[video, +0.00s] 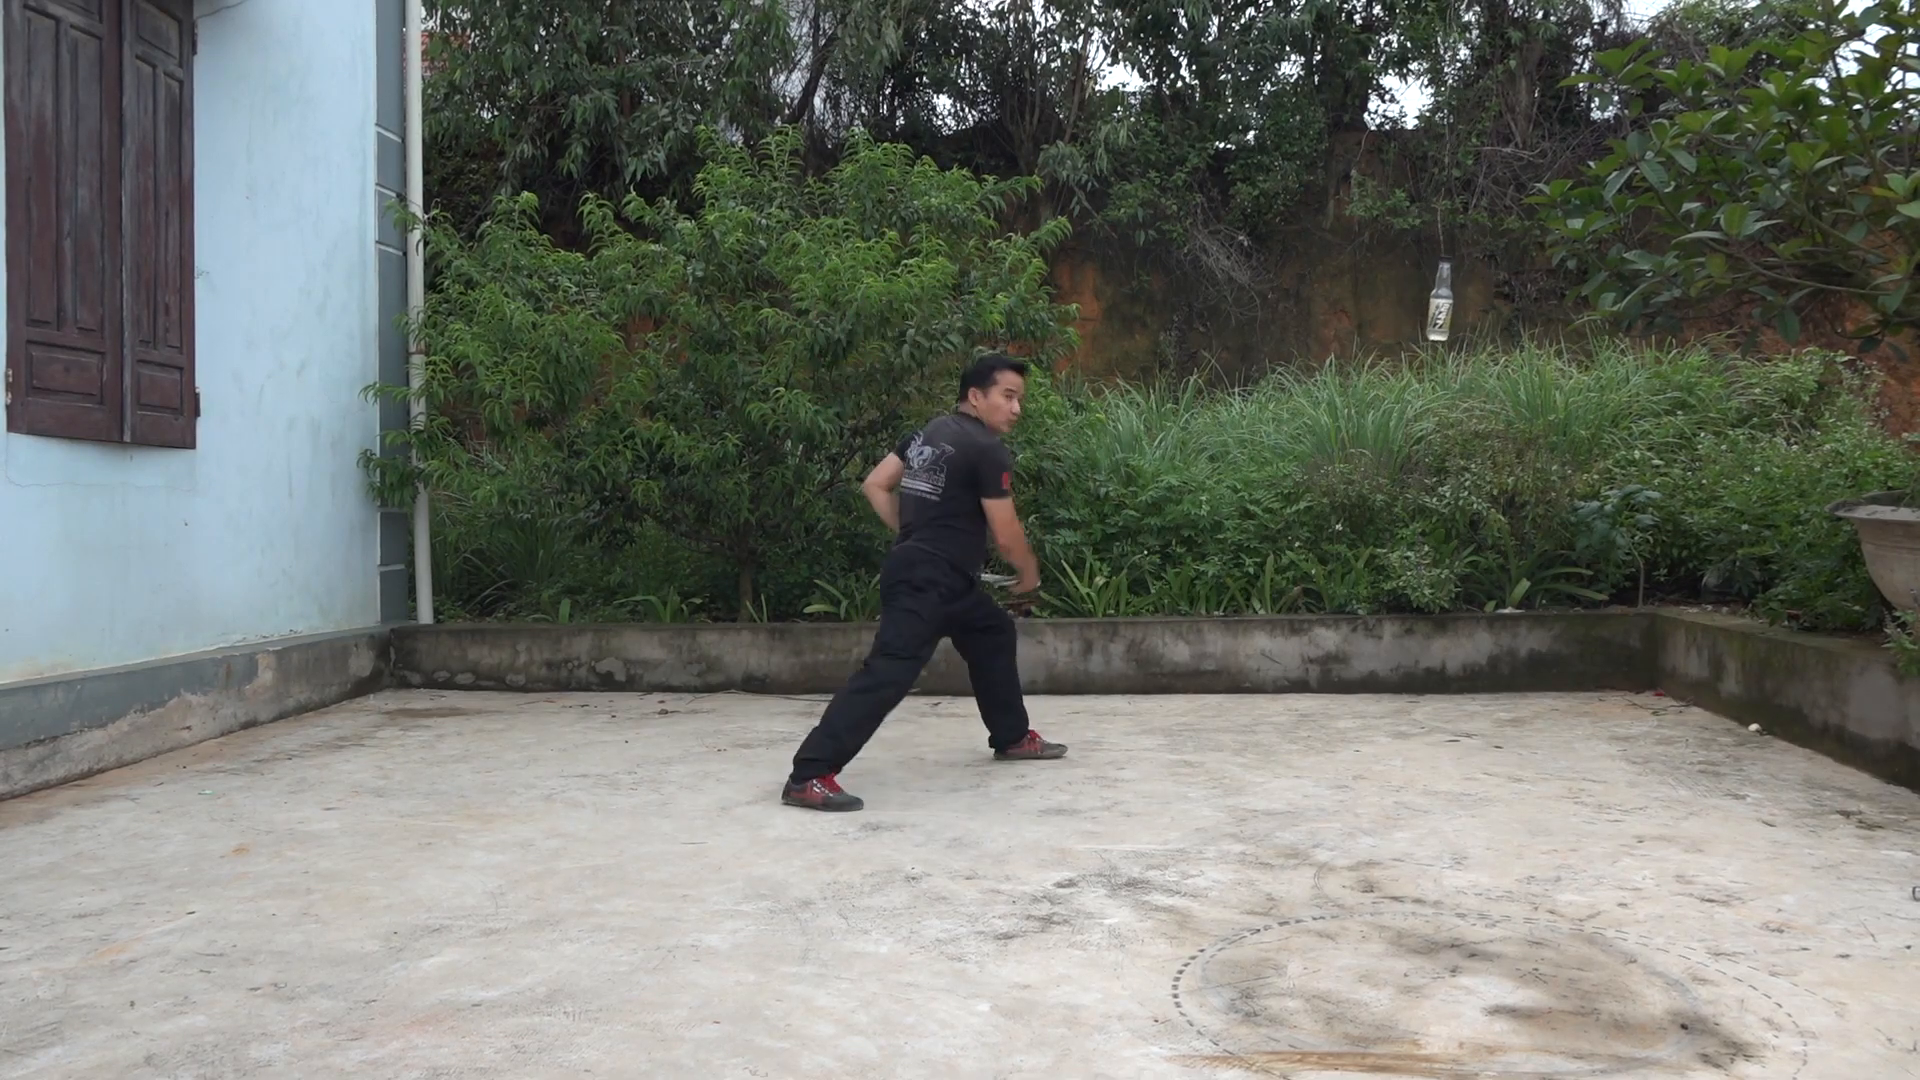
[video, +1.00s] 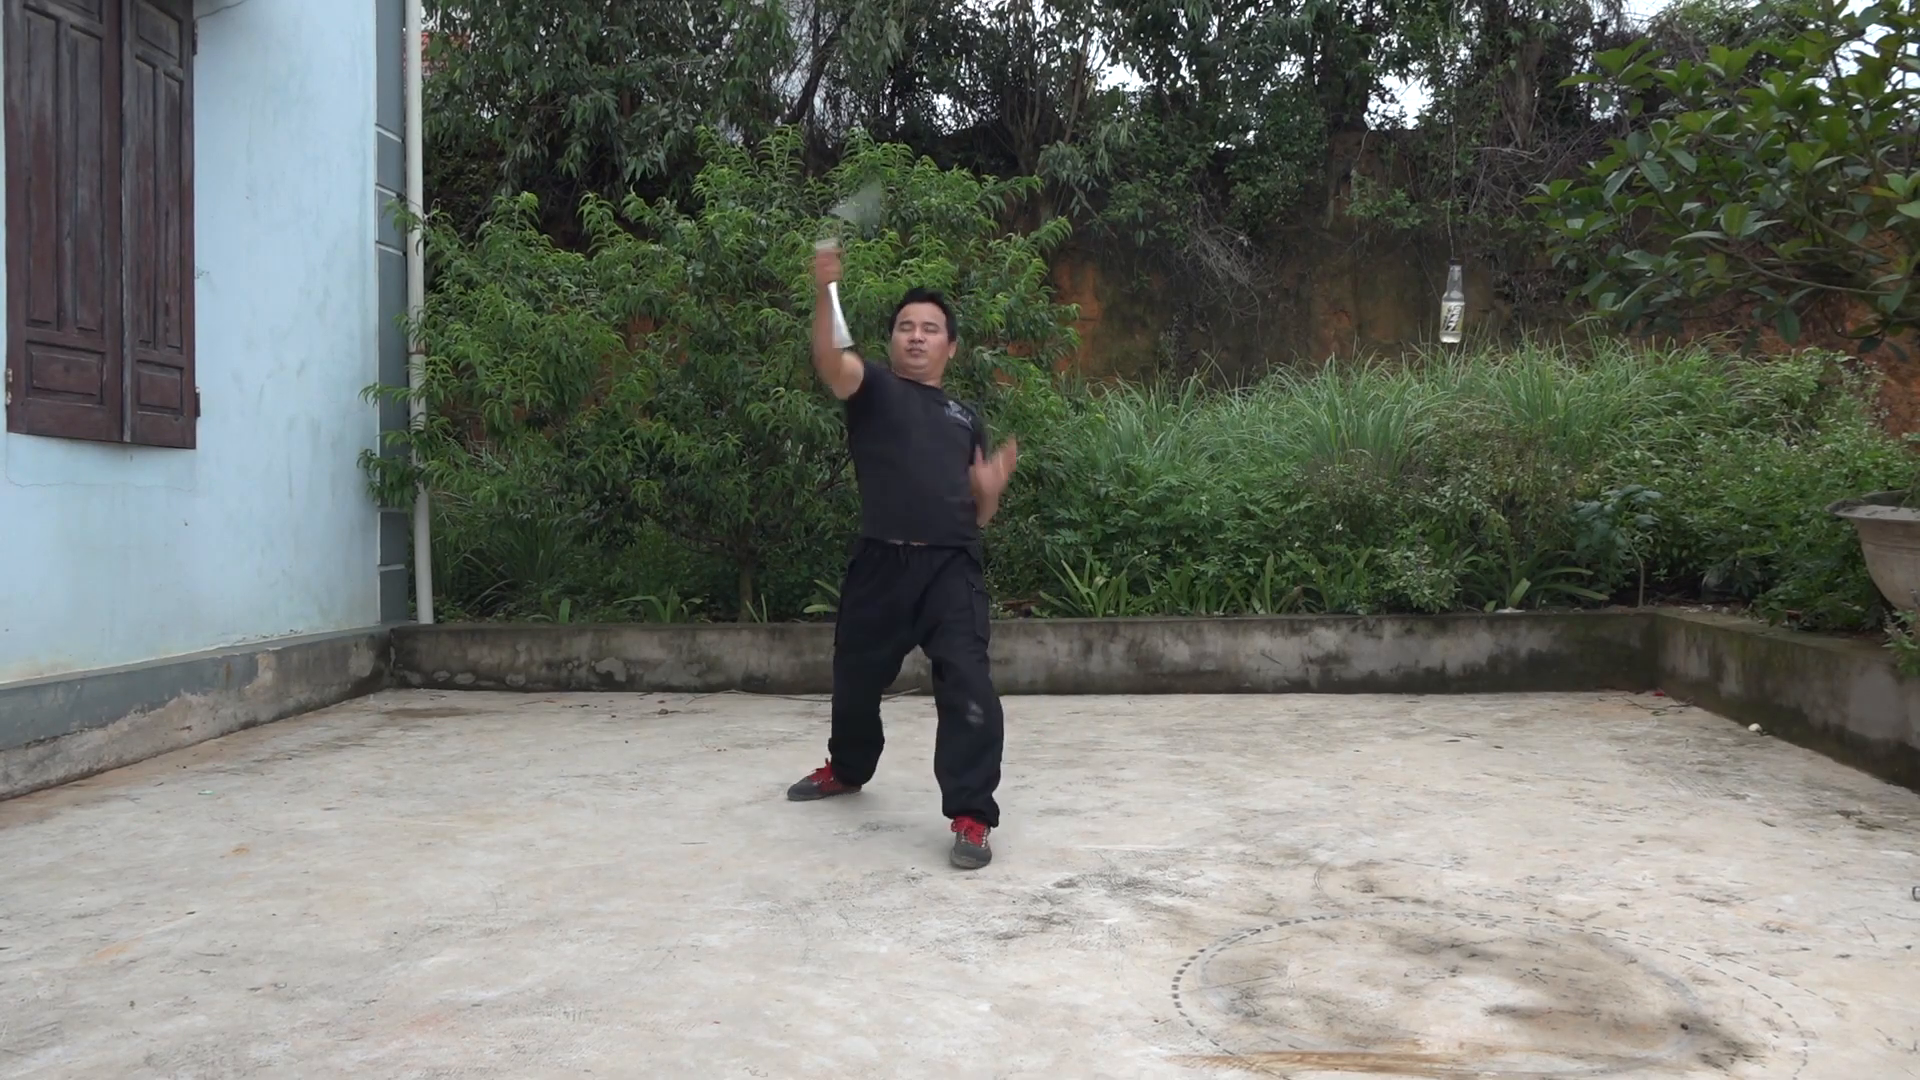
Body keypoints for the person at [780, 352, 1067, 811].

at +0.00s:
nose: (1017, 407)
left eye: (1019, 398)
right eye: (1008, 396)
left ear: (973, 401)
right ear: (974, 397)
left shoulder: (931, 431)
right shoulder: (987, 449)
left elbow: (876, 485)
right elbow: (1006, 534)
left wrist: (912, 532)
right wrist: (1029, 570)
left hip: (920, 567)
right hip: (931, 574)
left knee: (993, 632)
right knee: (889, 671)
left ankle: (1012, 737)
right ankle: (808, 775)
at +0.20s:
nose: (966, 364)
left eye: (975, 356)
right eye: (956, 353)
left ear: (982, 362)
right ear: (930, 356)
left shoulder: (972, 410)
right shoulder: (916, 391)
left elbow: (964, 476)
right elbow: (913, 392)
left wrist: (1000, 506)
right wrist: (933, 380)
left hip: (966, 553)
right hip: (908, 550)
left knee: (1005, 638)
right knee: (882, 650)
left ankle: (1000, 724)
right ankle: (831, 762)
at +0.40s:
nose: (943, 373)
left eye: (955, 364)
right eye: (933, 362)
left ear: (967, 372)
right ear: (913, 368)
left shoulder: (983, 413)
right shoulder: (893, 412)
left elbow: (1050, 414)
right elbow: (836, 422)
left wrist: (1003, 360)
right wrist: (819, 454)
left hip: (971, 565)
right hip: (904, 566)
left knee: (986, 653)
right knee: (873, 652)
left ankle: (990, 724)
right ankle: (842, 760)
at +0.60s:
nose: (897, 354)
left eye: (907, 345)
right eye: (886, 344)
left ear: (923, 356)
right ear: (870, 354)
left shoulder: (936, 400)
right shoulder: (871, 417)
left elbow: (958, 384)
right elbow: (831, 444)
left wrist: (931, 357)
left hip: (941, 562)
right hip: (875, 564)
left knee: (972, 659)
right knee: (837, 662)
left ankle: (988, 720)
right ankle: (840, 761)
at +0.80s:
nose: (906, 338)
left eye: (918, 329)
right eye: (895, 328)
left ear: (936, 342)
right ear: (877, 340)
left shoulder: (961, 406)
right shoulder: (854, 394)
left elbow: (994, 467)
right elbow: (780, 389)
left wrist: (987, 510)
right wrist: (807, 334)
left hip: (941, 559)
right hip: (870, 557)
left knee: (958, 668)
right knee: (843, 669)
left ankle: (979, 793)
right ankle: (842, 761)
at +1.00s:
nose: (916, 337)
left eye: (929, 329)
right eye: (906, 328)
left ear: (950, 347)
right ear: (889, 341)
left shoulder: (963, 416)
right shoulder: (870, 387)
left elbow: (977, 515)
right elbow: (832, 362)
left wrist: (989, 492)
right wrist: (826, 290)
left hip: (950, 566)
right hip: (879, 564)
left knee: (967, 684)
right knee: (854, 678)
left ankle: (971, 818)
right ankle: (846, 771)